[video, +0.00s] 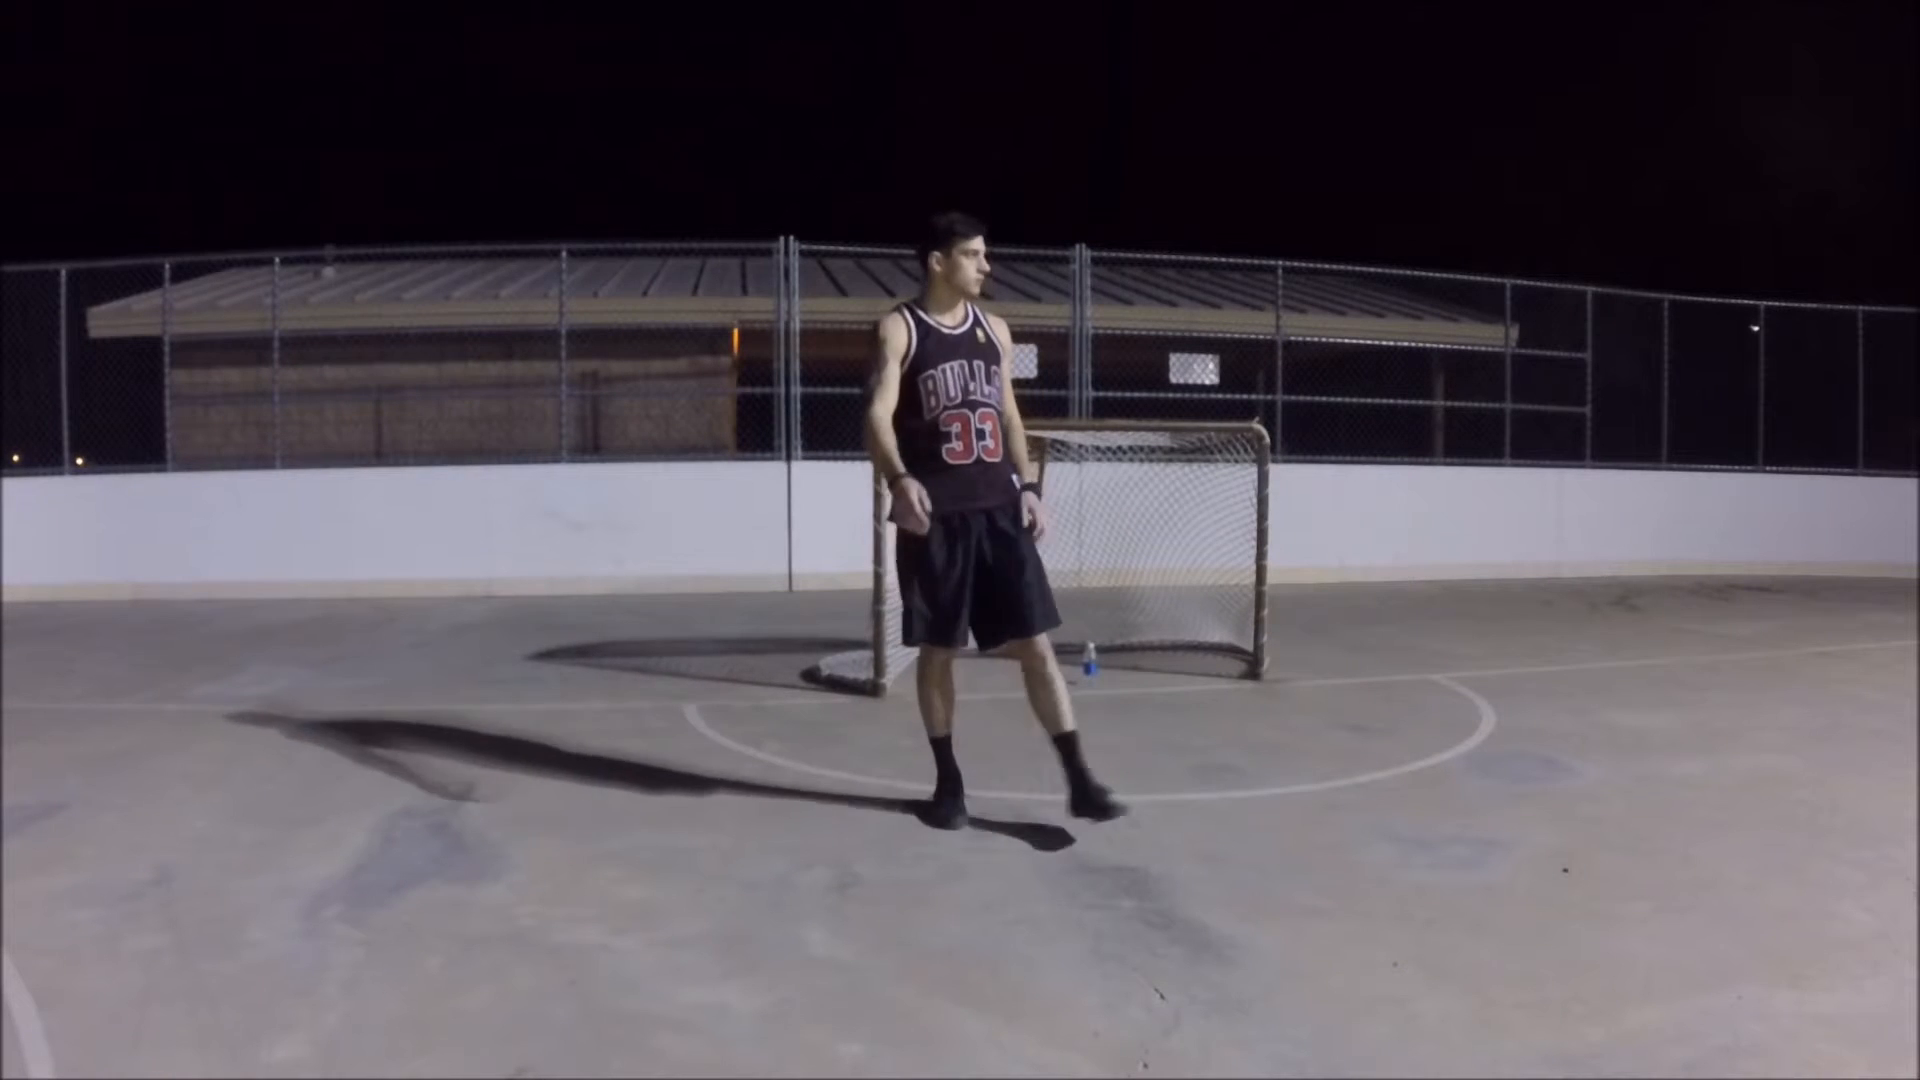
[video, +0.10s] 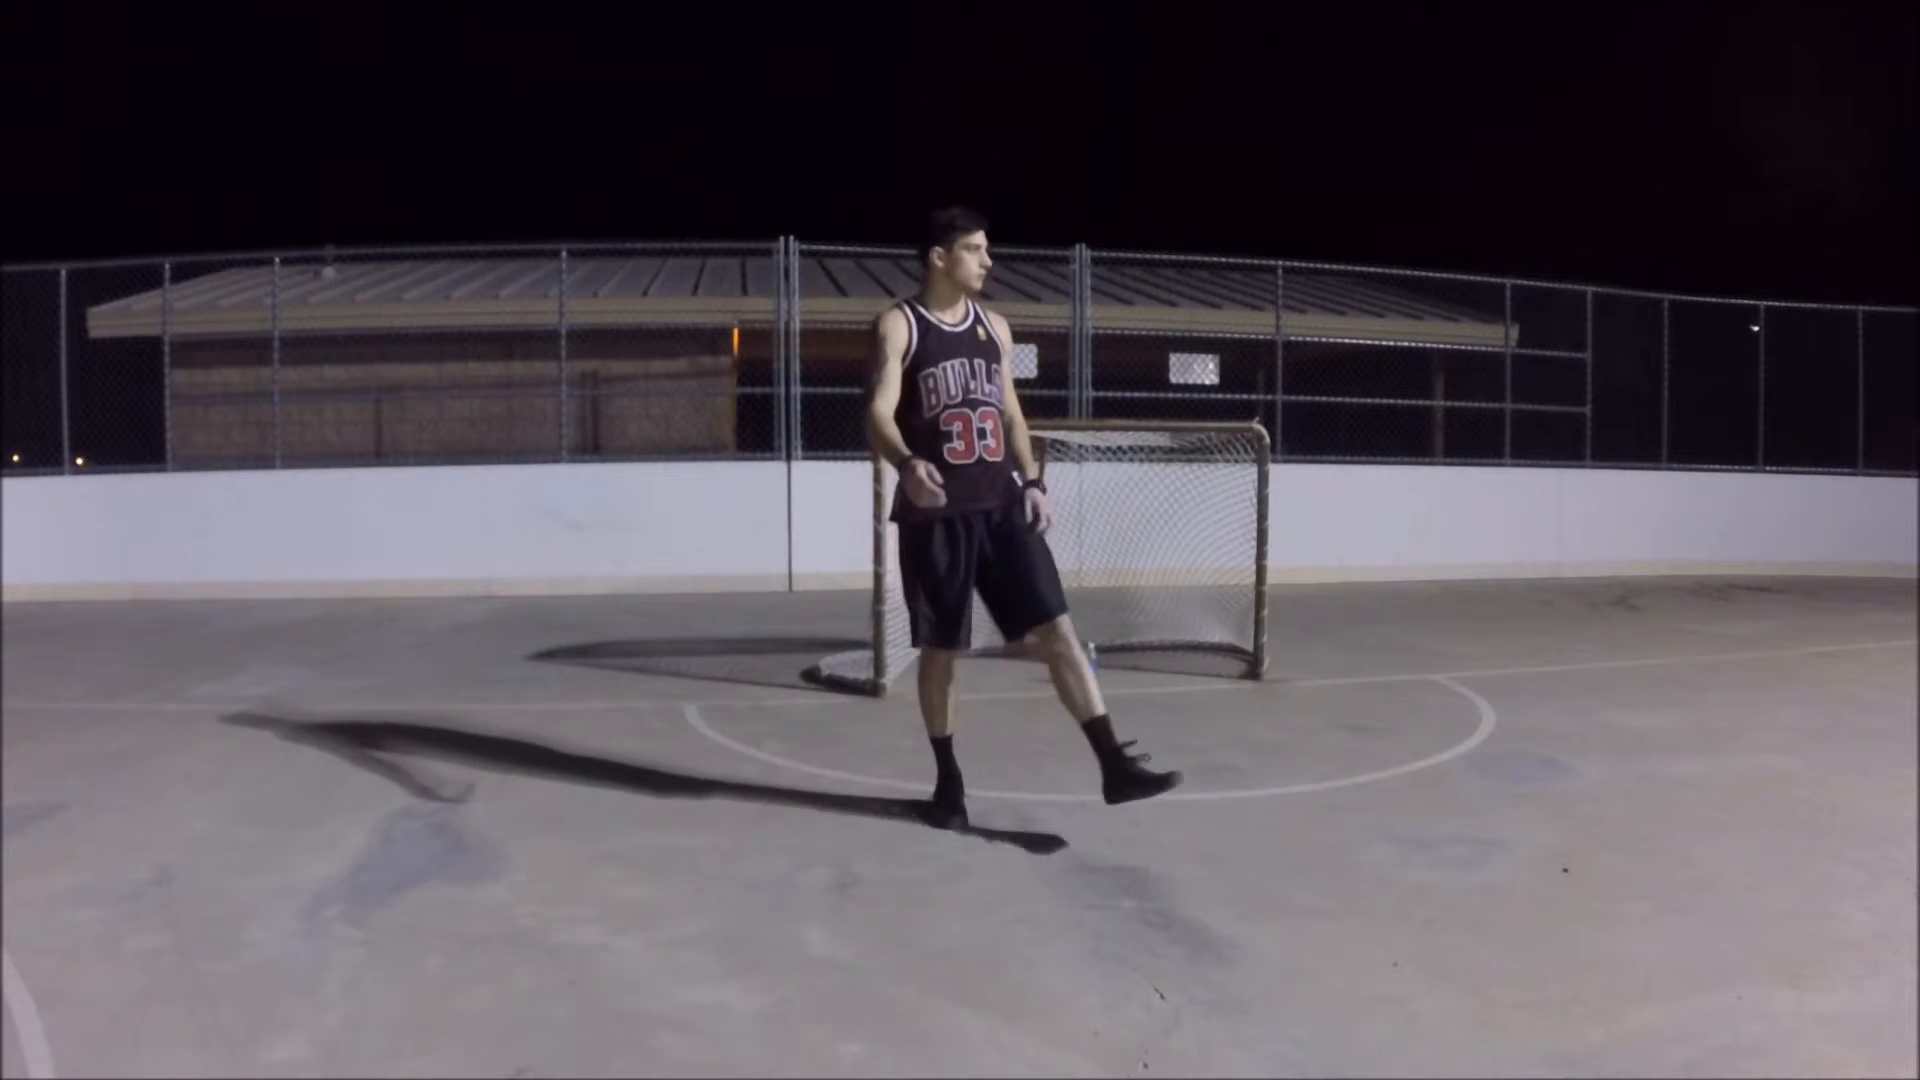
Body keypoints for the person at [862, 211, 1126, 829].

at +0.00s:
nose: (983, 266)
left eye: (984, 256)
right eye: (971, 256)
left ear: (980, 264)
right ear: (936, 262)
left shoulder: (993, 327)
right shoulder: (901, 326)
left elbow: (1009, 415)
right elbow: (878, 414)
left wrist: (1028, 484)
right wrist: (898, 478)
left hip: (1001, 511)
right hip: (935, 517)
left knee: (1037, 647)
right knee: (938, 651)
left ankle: (1081, 782)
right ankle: (948, 784)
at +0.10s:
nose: (986, 261)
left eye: (987, 250)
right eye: (975, 251)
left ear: (977, 260)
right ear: (938, 258)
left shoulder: (993, 324)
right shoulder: (899, 324)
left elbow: (1011, 411)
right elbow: (878, 414)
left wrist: (1031, 480)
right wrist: (907, 464)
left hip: (1003, 504)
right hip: (936, 512)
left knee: (1056, 631)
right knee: (940, 651)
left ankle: (1115, 766)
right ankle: (948, 783)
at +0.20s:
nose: (990, 259)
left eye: (991, 248)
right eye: (979, 249)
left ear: (979, 258)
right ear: (942, 256)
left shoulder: (996, 321)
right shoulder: (901, 323)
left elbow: (1014, 409)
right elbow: (880, 416)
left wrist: (1040, 479)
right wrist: (912, 466)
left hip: (1006, 496)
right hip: (939, 507)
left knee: (1072, 615)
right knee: (942, 650)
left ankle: (1128, 758)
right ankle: (949, 782)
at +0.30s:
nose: (995, 259)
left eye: (995, 248)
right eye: (984, 248)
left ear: (982, 256)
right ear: (945, 255)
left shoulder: (1002, 320)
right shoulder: (901, 324)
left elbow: (1022, 409)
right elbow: (886, 420)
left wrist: (1050, 487)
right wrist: (914, 490)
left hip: (1010, 495)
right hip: (941, 504)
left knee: (1074, 617)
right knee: (944, 647)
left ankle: (1129, 765)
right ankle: (948, 780)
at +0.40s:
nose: (999, 257)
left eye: (998, 246)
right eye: (987, 247)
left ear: (986, 255)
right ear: (949, 254)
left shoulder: (1011, 321)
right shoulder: (906, 328)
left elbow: (1034, 413)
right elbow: (891, 428)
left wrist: (1055, 495)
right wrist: (907, 516)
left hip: (1019, 506)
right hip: (948, 512)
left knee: (1065, 638)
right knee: (946, 650)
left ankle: (1115, 783)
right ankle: (949, 782)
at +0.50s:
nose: (1007, 256)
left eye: (1006, 245)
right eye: (994, 246)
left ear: (994, 255)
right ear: (955, 257)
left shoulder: (1026, 322)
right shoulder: (917, 334)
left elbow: (1045, 413)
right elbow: (896, 433)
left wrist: (1059, 500)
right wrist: (895, 527)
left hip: (1025, 513)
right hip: (953, 519)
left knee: (1051, 654)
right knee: (946, 655)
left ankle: (1074, 805)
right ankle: (949, 778)